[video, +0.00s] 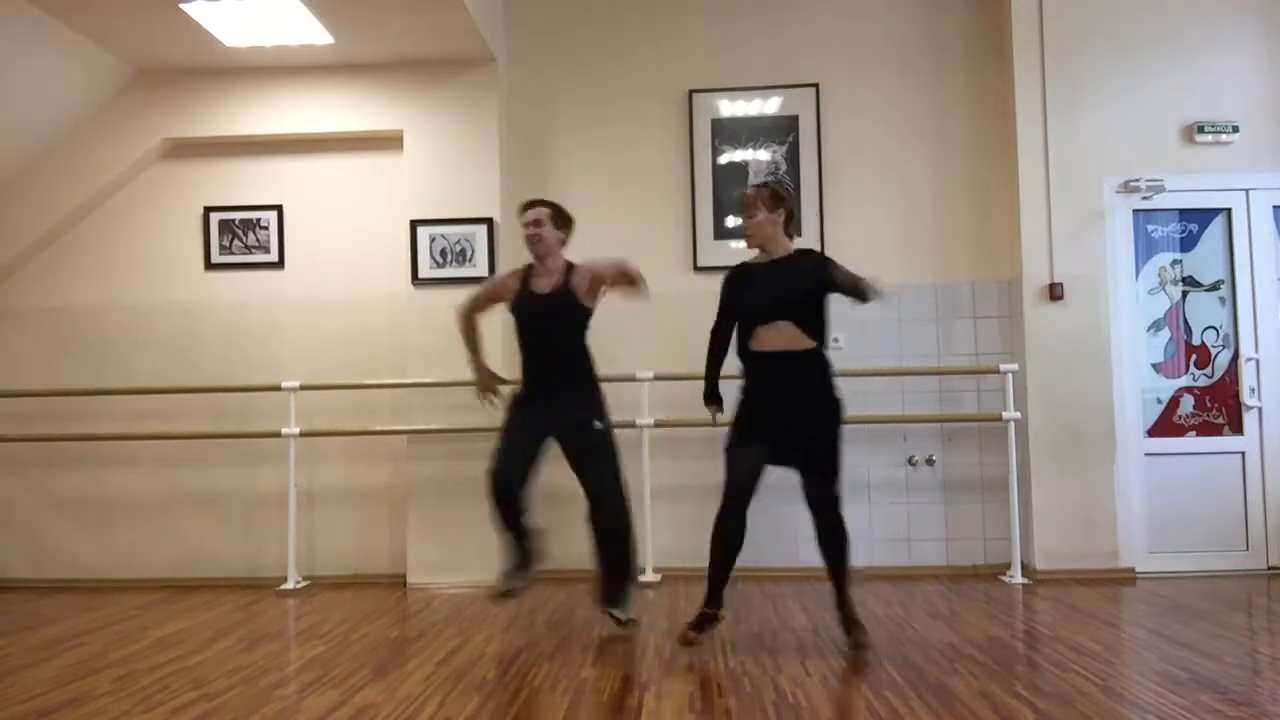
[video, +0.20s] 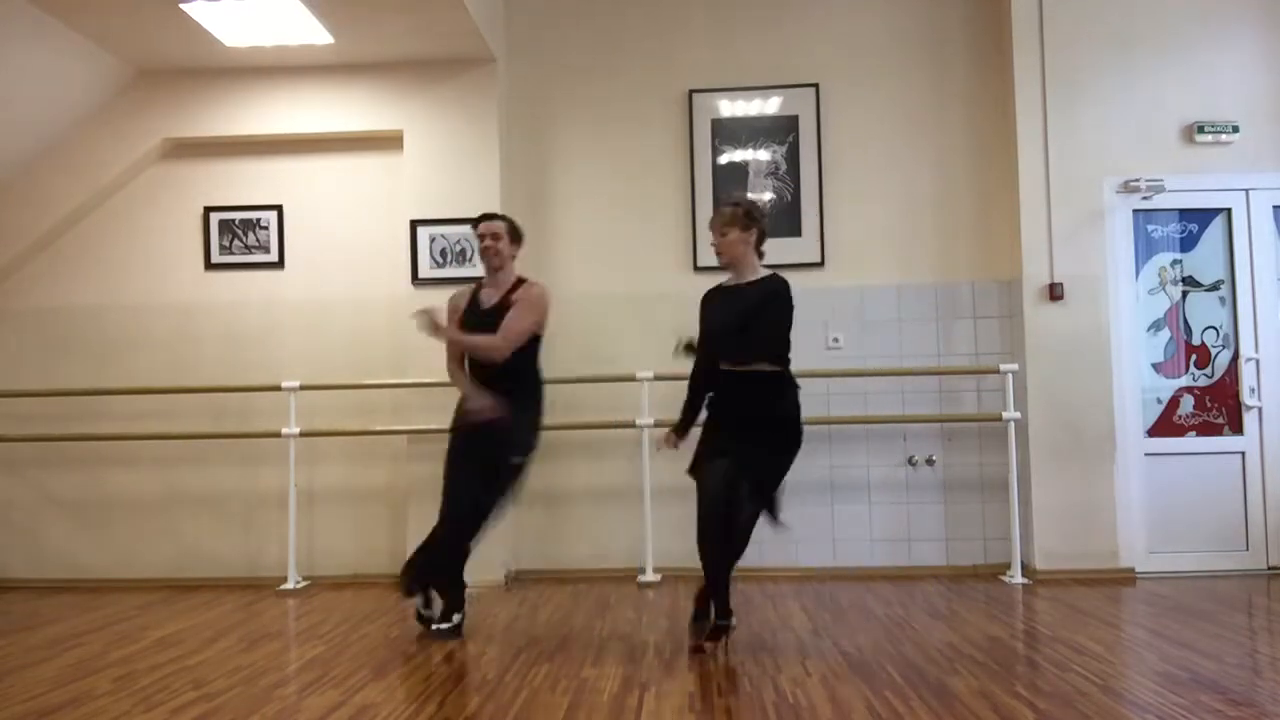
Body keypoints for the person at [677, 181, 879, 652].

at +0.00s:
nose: (744, 224)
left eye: (751, 214)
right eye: (743, 216)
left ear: (780, 216)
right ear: (757, 220)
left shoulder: (811, 263)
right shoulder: (740, 277)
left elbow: (851, 287)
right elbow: (721, 332)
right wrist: (711, 383)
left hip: (811, 393)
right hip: (760, 394)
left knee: (823, 502)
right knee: (734, 499)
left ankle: (845, 606)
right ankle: (711, 605)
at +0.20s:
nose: (716, 242)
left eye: (725, 233)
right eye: (714, 234)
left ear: (752, 235)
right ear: (715, 238)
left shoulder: (775, 288)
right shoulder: (713, 298)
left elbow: (768, 347)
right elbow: (704, 364)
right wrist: (684, 422)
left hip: (771, 410)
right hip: (725, 409)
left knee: (743, 507)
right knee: (712, 502)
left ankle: (707, 595)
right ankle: (721, 607)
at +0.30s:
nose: (713, 242)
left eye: (721, 231)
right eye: (710, 233)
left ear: (748, 230)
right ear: (713, 237)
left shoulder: (774, 284)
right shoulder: (708, 290)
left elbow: (767, 348)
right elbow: (695, 350)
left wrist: (707, 342)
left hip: (763, 406)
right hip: (716, 407)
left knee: (753, 514)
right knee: (708, 512)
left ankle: (735, 565)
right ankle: (722, 611)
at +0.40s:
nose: (726, 227)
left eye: (735, 219)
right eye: (720, 219)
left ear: (752, 226)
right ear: (711, 226)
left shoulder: (771, 279)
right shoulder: (700, 283)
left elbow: (783, 337)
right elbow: (677, 343)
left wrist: (738, 310)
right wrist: (710, 311)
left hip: (764, 399)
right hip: (715, 401)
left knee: (769, 487)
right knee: (694, 500)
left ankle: (770, 546)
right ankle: (706, 605)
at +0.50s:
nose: (733, 226)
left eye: (741, 220)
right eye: (726, 220)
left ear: (753, 229)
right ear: (714, 228)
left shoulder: (771, 286)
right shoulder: (696, 289)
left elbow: (793, 351)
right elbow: (684, 356)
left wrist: (819, 335)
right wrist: (667, 330)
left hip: (763, 399)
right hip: (711, 402)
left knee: (795, 502)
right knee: (686, 506)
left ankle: (826, 599)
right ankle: (674, 607)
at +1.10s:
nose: (739, 251)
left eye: (746, 245)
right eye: (730, 245)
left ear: (757, 256)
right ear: (718, 255)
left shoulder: (775, 313)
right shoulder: (702, 313)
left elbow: (789, 379)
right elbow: (692, 379)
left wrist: (826, 364)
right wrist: (664, 364)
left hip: (767, 425)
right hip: (716, 427)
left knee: (806, 519)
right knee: (688, 523)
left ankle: (831, 614)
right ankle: (676, 615)